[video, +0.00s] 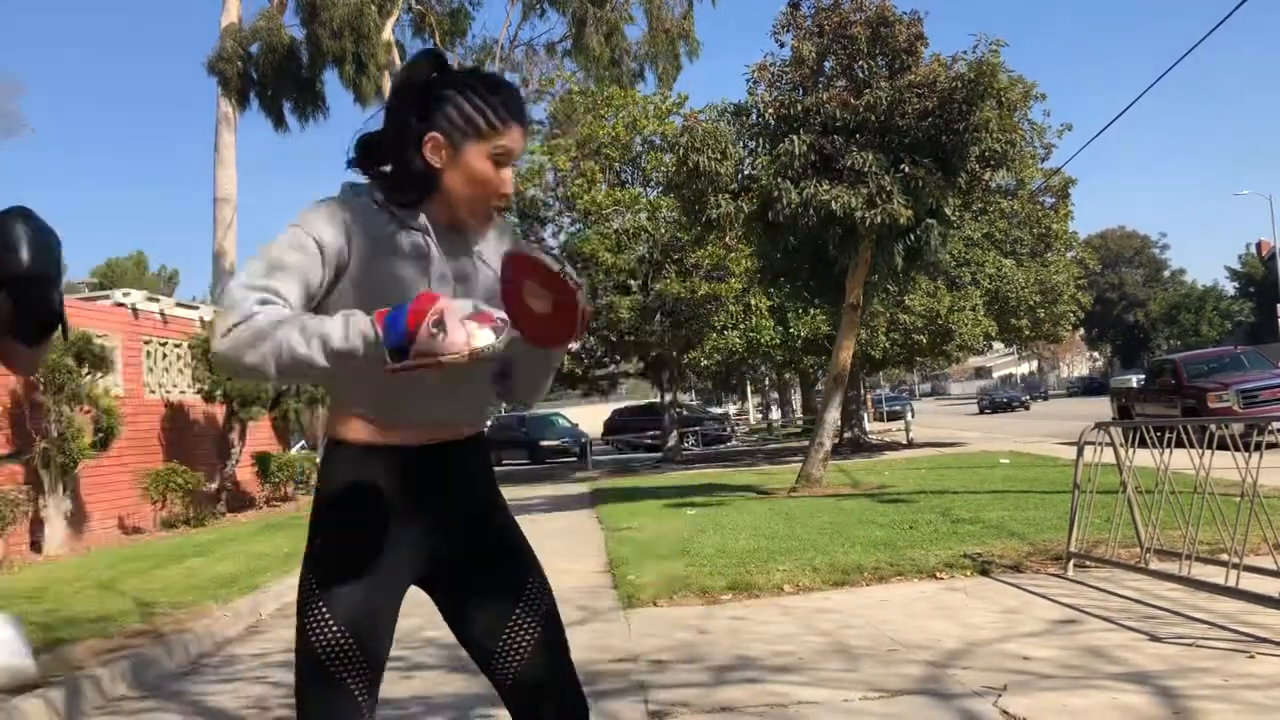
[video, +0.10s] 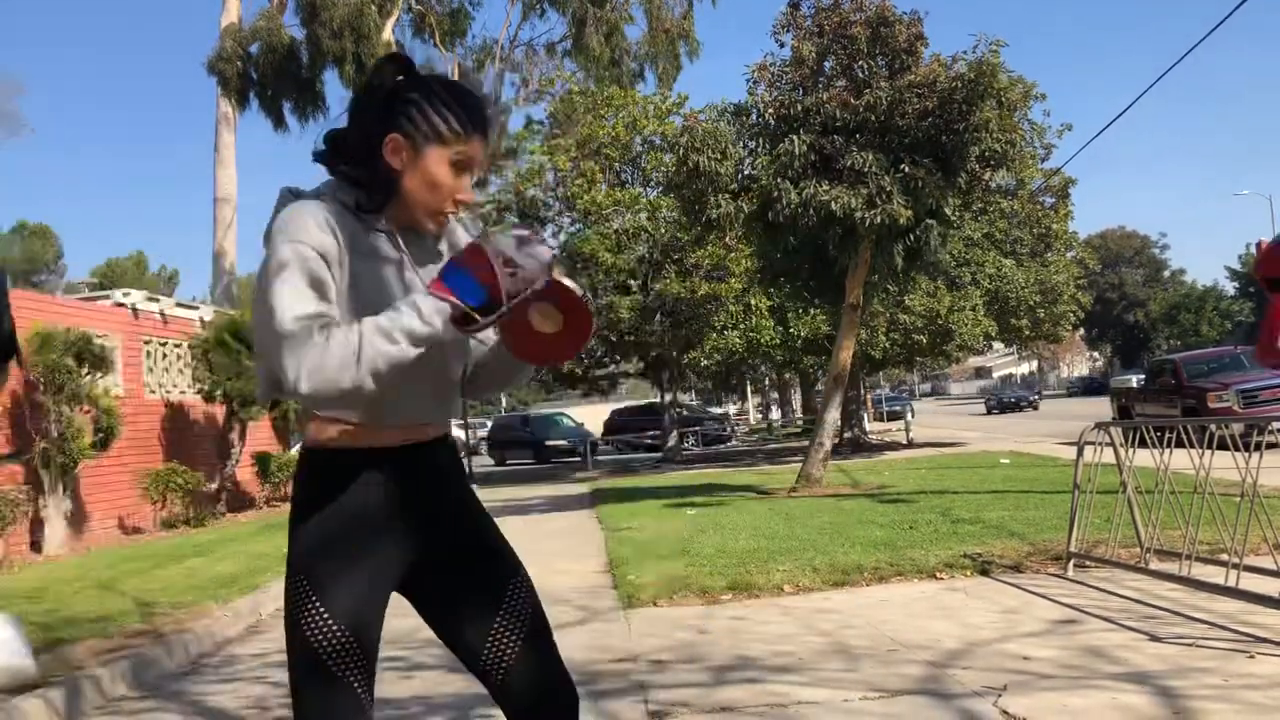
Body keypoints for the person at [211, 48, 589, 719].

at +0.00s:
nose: (511, 183)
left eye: (515, 164)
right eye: (499, 160)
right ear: (437, 150)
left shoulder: (499, 245)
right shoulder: (344, 226)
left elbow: (521, 392)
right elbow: (238, 334)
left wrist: (546, 332)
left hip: (465, 489)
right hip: (363, 492)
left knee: (554, 701)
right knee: (333, 707)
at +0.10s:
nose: (469, 194)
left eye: (476, 176)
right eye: (460, 168)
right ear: (397, 152)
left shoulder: (450, 242)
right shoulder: (311, 225)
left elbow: (467, 380)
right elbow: (308, 365)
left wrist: (532, 330)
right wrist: (445, 302)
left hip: (437, 489)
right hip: (344, 496)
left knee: (547, 696)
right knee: (332, 708)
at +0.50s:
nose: (475, 189)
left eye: (483, 171)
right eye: (465, 166)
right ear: (405, 150)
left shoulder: (458, 245)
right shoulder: (321, 229)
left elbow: (515, 360)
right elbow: (327, 379)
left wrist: (564, 295)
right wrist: (458, 313)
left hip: (439, 485)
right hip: (350, 488)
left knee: (527, 691)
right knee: (334, 704)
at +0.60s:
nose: (466, 190)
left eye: (475, 173)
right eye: (454, 167)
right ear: (392, 150)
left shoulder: (447, 249)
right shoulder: (309, 231)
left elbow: (545, 320)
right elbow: (312, 369)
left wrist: (540, 217)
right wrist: (435, 291)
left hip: (434, 488)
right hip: (344, 494)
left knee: (529, 696)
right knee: (328, 706)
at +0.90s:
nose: (471, 189)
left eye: (479, 173)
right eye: (458, 164)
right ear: (399, 150)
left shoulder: (452, 250)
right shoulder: (319, 237)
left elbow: (565, 267)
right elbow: (330, 385)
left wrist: (518, 167)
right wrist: (438, 296)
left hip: (455, 495)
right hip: (365, 503)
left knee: (563, 697)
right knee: (350, 708)